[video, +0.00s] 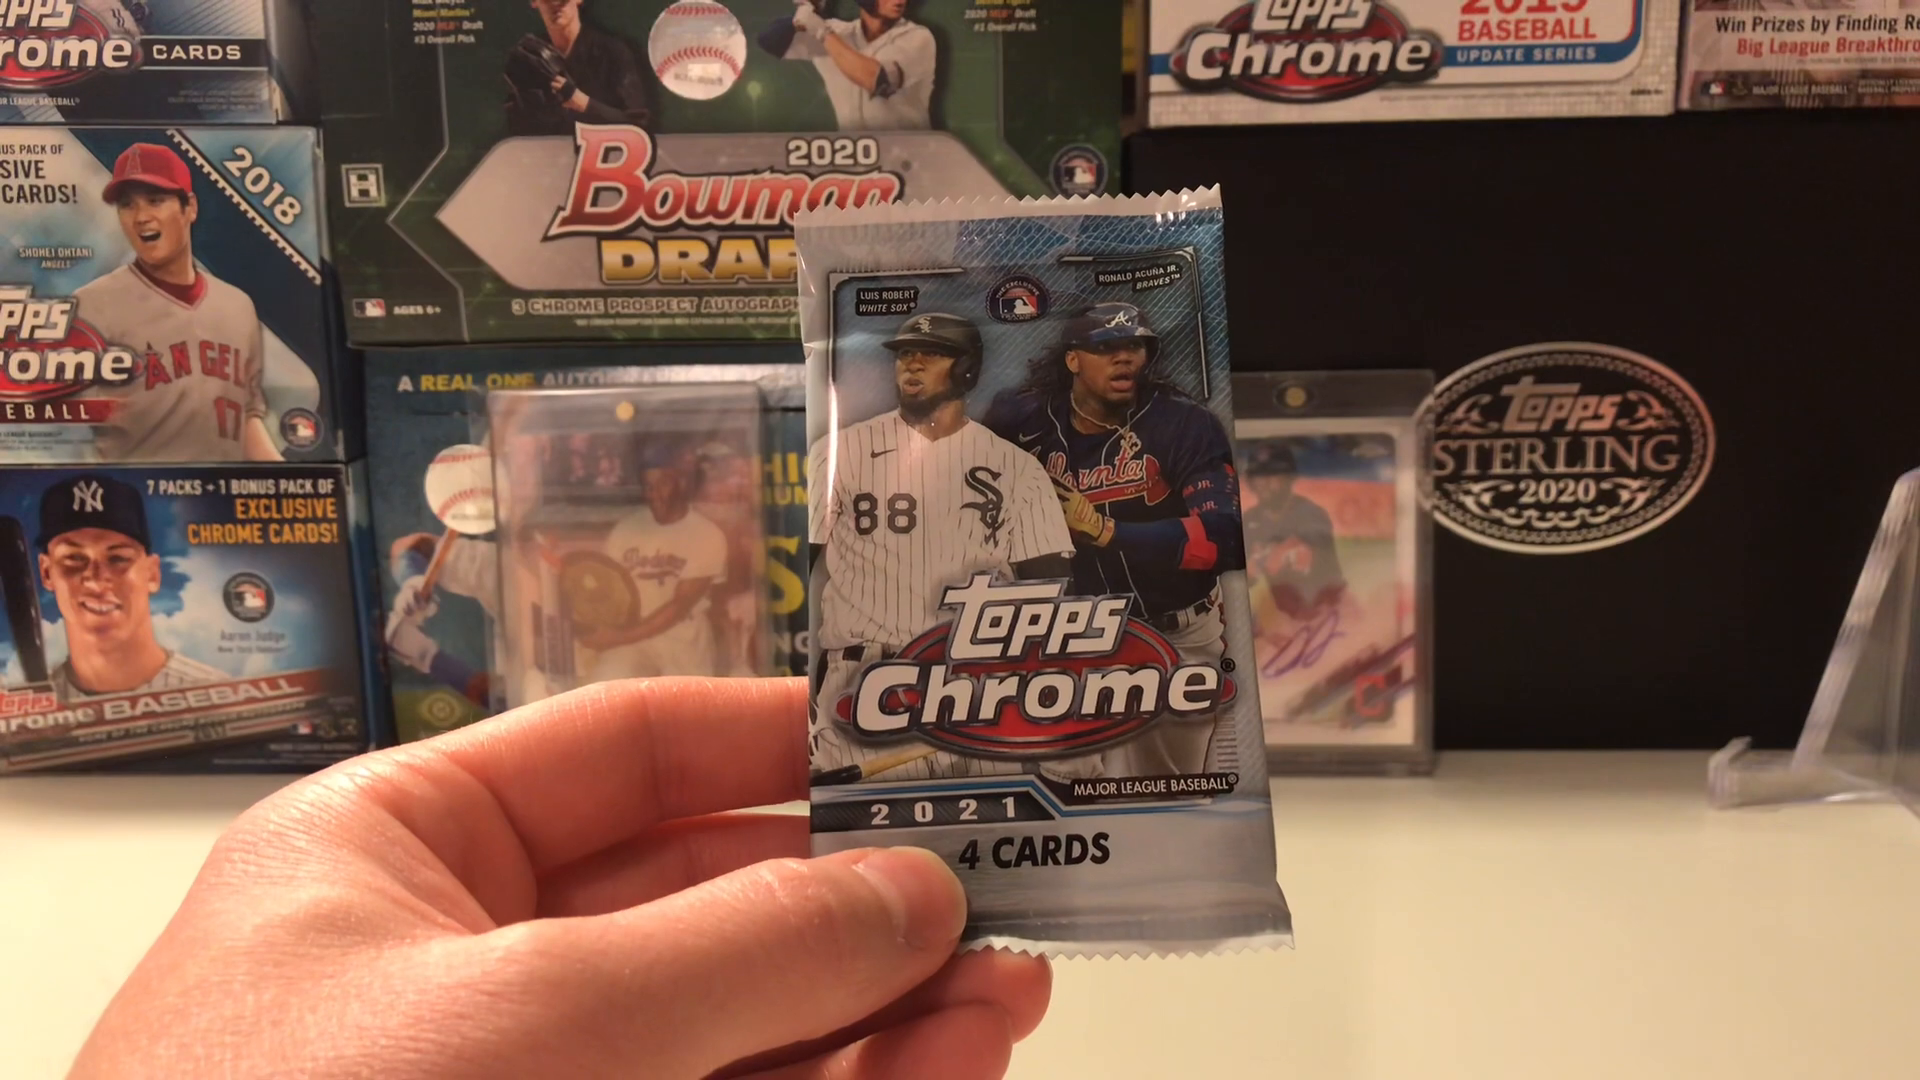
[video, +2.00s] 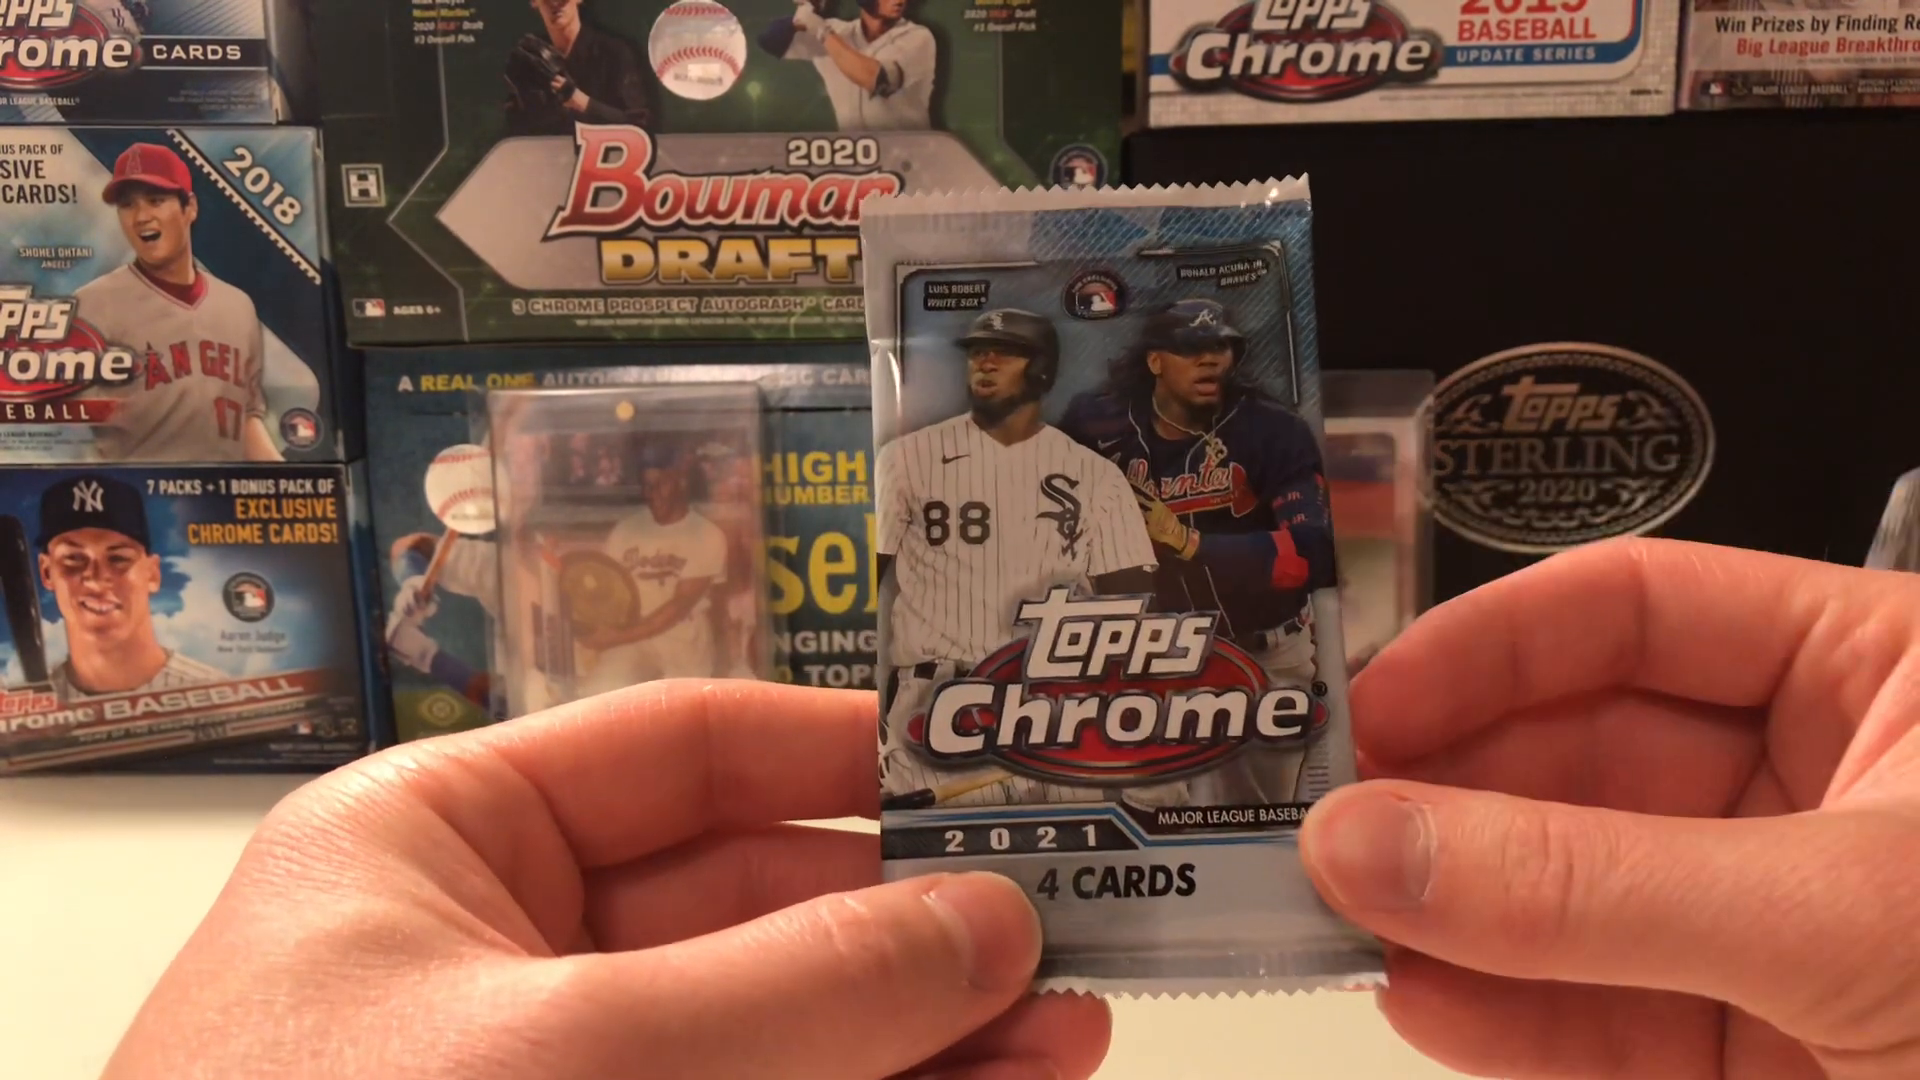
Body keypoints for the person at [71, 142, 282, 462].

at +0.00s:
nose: (142, 217)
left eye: (156, 200)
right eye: (128, 204)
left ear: (189, 209)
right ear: (119, 217)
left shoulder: (239, 307)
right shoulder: (91, 307)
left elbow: (248, 414)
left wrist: (283, 482)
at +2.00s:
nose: (142, 216)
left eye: (157, 200)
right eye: (128, 204)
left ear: (189, 209)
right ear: (118, 217)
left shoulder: (239, 307)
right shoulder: (92, 306)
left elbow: (247, 414)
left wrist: (284, 484)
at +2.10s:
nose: (142, 216)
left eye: (157, 200)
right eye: (128, 204)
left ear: (189, 209)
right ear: (118, 216)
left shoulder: (239, 307)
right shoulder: (91, 306)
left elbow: (247, 414)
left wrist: (284, 483)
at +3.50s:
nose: (142, 216)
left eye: (156, 199)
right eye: (128, 203)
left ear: (189, 209)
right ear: (118, 216)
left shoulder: (238, 307)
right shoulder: (91, 306)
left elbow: (248, 414)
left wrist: (283, 482)